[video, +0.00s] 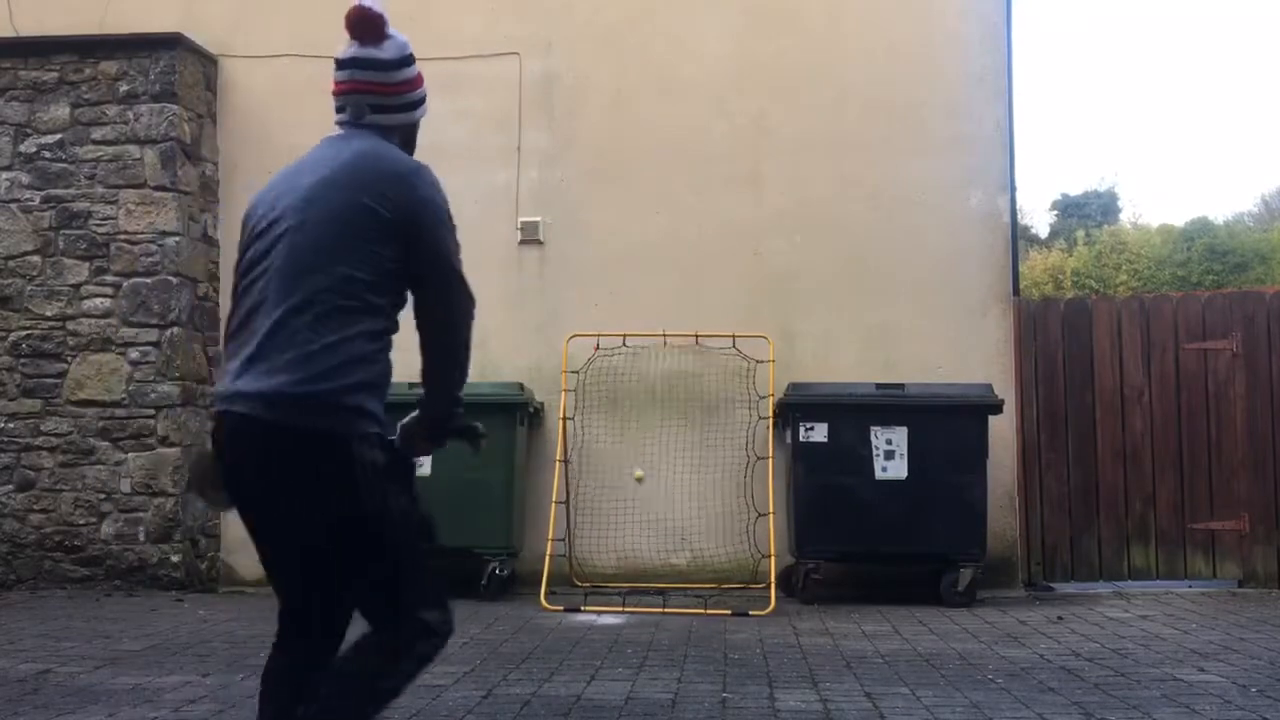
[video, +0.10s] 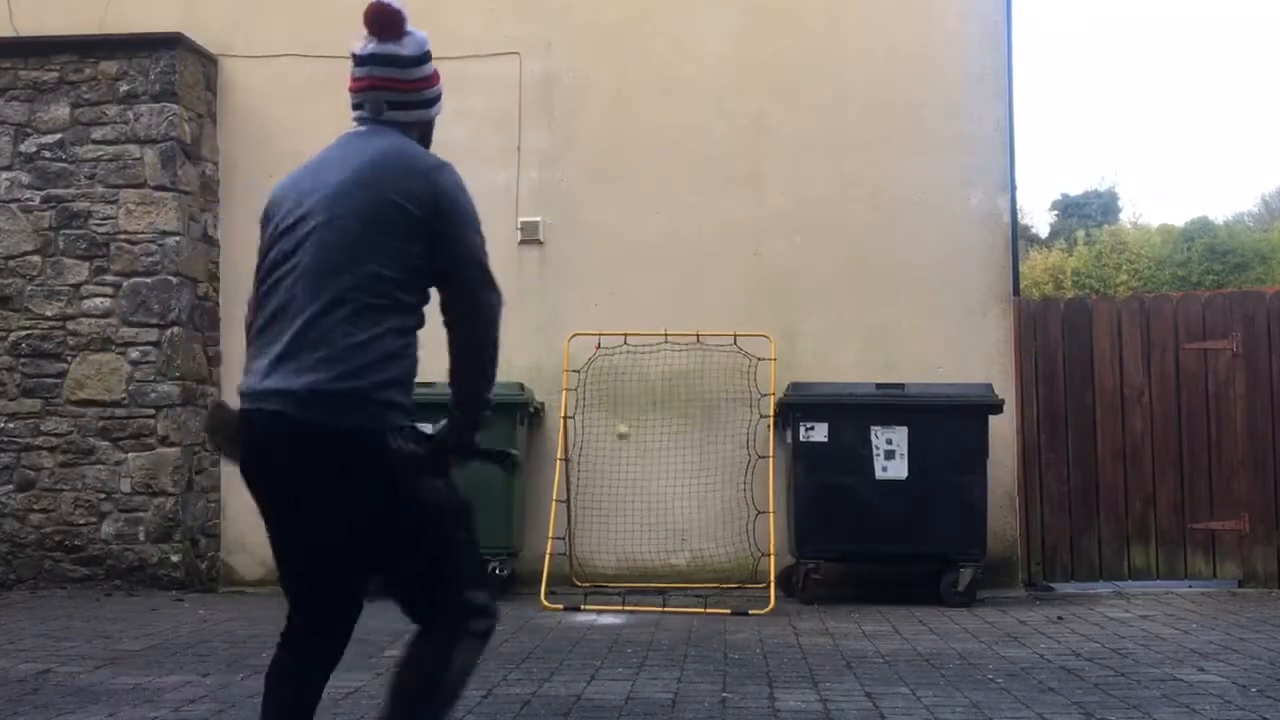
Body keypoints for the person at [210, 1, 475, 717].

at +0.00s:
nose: (418, 129)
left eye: (412, 115)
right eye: (418, 116)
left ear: (341, 108)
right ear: (410, 114)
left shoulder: (275, 189)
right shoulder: (407, 182)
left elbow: (243, 324)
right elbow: (447, 308)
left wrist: (229, 431)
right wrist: (435, 417)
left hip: (243, 425)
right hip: (333, 429)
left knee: (311, 612)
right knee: (417, 621)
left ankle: (281, 719)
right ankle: (318, 710)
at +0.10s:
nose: (436, 118)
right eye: (434, 104)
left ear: (356, 102)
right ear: (428, 107)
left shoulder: (293, 184)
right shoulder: (429, 180)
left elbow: (262, 317)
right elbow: (475, 309)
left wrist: (268, 405)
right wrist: (462, 430)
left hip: (265, 423)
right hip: (358, 428)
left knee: (320, 610)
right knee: (461, 611)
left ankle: (279, 712)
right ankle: (406, 715)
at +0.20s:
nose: (478, 104)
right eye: (475, 94)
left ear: (399, 98)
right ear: (471, 102)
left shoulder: (338, 180)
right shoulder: (485, 178)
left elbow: (289, 311)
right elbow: (541, 302)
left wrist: (300, 366)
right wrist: (541, 426)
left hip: (329, 433)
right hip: (437, 436)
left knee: (342, 619)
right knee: (537, 632)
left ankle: (288, 717)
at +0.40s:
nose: (435, 70)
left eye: (436, 61)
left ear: (442, 68)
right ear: (518, 67)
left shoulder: (414, 159)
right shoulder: (586, 155)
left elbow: (355, 302)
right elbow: (642, 290)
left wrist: (335, 269)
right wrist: (642, 404)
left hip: (454, 435)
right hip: (575, 432)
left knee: (423, 622)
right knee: (604, 647)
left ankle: (384, 719)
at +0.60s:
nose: (454, 81)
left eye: (455, 67)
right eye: (455, 67)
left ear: (468, 63)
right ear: (540, 54)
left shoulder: (478, 134)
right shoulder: (634, 133)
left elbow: (379, 261)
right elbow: (636, 261)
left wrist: (280, 232)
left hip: (562, 396)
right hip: (670, 394)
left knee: (540, 630)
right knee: (645, 627)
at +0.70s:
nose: (470, 83)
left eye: (469, 68)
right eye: (470, 68)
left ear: (482, 68)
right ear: (555, 59)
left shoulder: (498, 145)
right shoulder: (635, 135)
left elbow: (412, 284)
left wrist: (307, 293)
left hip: (593, 405)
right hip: (697, 402)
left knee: (550, 638)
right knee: (650, 627)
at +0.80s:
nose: (520, 97)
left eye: (521, 80)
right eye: (518, 80)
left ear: (539, 74)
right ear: (601, 64)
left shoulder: (557, 154)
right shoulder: (667, 133)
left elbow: (516, 308)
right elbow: (668, 283)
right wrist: (613, 406)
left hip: (656, 411)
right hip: (747, 405)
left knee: (570, 637)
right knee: (674, 595)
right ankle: (759, 715)